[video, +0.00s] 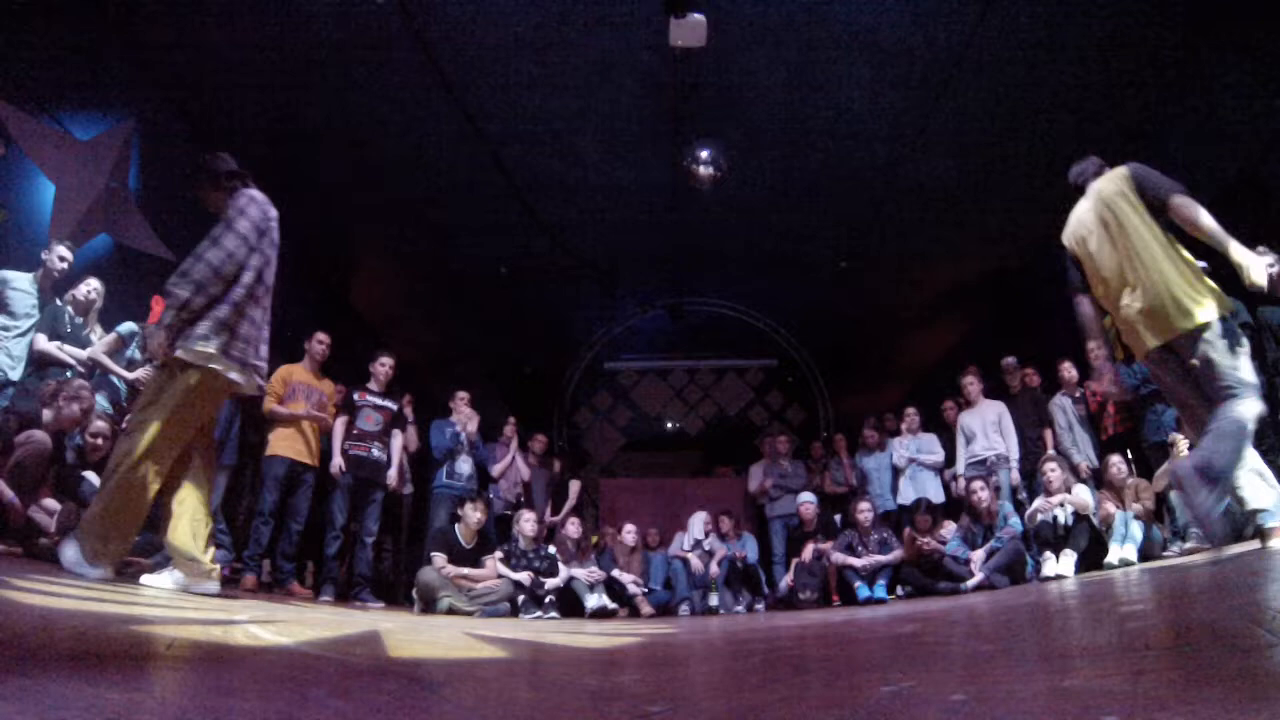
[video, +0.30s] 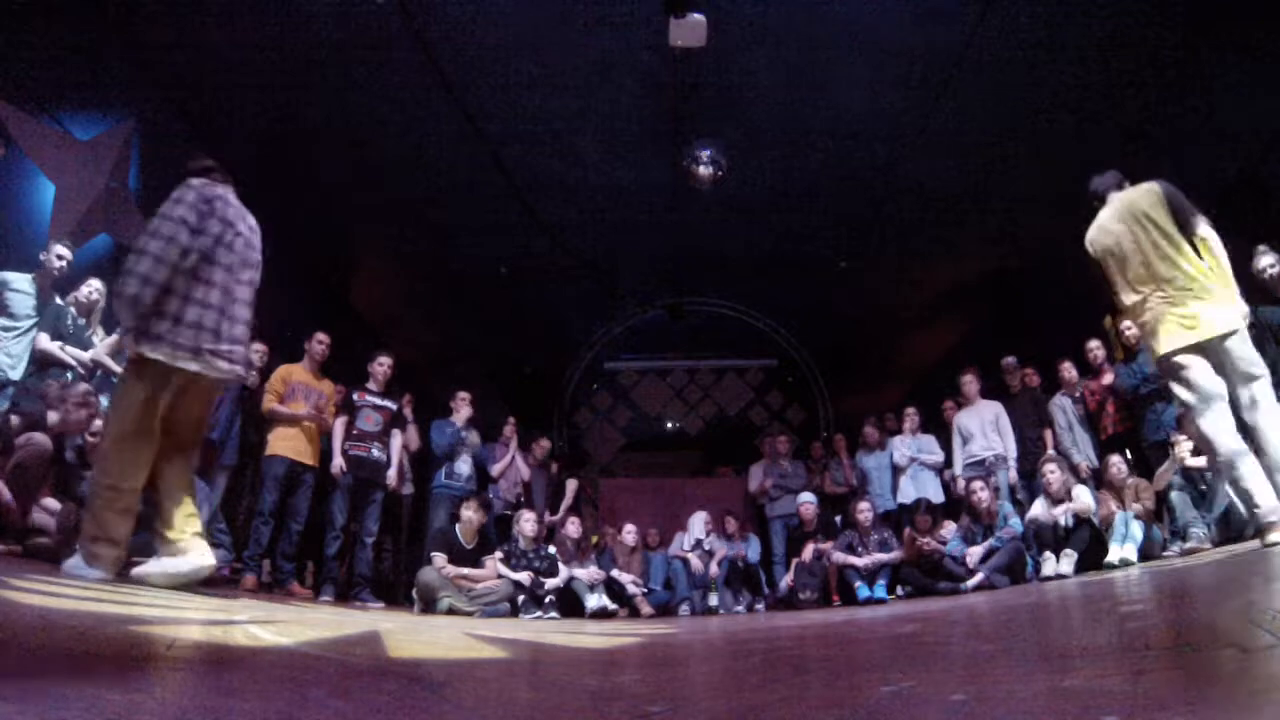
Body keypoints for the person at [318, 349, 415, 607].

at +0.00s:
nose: (386, 370)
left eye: (390, 367)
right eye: (382, 365)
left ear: (393, 372)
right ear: (371, 367)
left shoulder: (395, 404)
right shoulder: (354, 394)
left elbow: (397, 436)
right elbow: (340, 424)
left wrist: (394, 467)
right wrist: (336, 455)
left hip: (377, 469)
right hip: (349, 463)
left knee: (369, 533)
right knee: (337, 527)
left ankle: (362, 588)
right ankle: (328, 585)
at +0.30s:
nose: (385, 370)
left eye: (389, 367)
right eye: (381, 364)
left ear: (392, 372)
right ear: (370, 367)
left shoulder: (395, 405)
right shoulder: (353, 395)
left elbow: (396, 437)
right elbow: (340, 424)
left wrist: (394, 467)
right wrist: (336, 456)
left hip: (377, 469)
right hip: (349, 464)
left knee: (369, 532)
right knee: (337, 528)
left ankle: (361, 587)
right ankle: (328, 585)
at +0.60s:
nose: (380, 368)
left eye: (385, 364)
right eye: (376, 363)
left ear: (391, 370)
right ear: (368, 366)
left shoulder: (395, 403)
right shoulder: (353, 394)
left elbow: (397, 435)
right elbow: (340, 423)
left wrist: (394, 466)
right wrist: (336, 454)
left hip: (377, 468)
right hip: (349, 463)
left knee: (369, 531)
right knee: (337, 527)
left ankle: (361, 587)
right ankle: (328, 584)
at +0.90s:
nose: (380, 367)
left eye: (385, 364)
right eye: (376, 362)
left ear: (390, 369)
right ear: (368, 366)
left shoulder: (395, 403)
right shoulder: (353, 394)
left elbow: (397, 435)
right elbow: (340, 423)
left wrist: (394, 465)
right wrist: (336, 454)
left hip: (377, 468)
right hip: (349, 463)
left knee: (369, 531)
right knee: (337, 526)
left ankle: (361, 586)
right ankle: (328, 584)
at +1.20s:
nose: (381, 368)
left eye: (386, 364)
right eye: (377, 363)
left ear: (392, 370)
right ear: (369, 366)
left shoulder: (396, 404)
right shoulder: (354, 394)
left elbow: (398, 435)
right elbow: (340, 422)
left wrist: (395, 464)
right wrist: (336, 453)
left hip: (377, 468)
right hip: (349, 463)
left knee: (369, 531)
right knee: (337, 526)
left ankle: (361, 586)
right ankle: (328, 584)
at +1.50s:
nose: (383, 368)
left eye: (388, 365)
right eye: (379, 363)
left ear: (393, 370)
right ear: (370, 366)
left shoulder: (396, 403)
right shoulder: (355, 393)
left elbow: (398, 435)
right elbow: (340, 422)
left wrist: (396, 465)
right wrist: (337, 452)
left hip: (378, 466)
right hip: (350, 461)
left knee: (369, 530)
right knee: (338, 526)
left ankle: (361, 586)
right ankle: (328, 584)